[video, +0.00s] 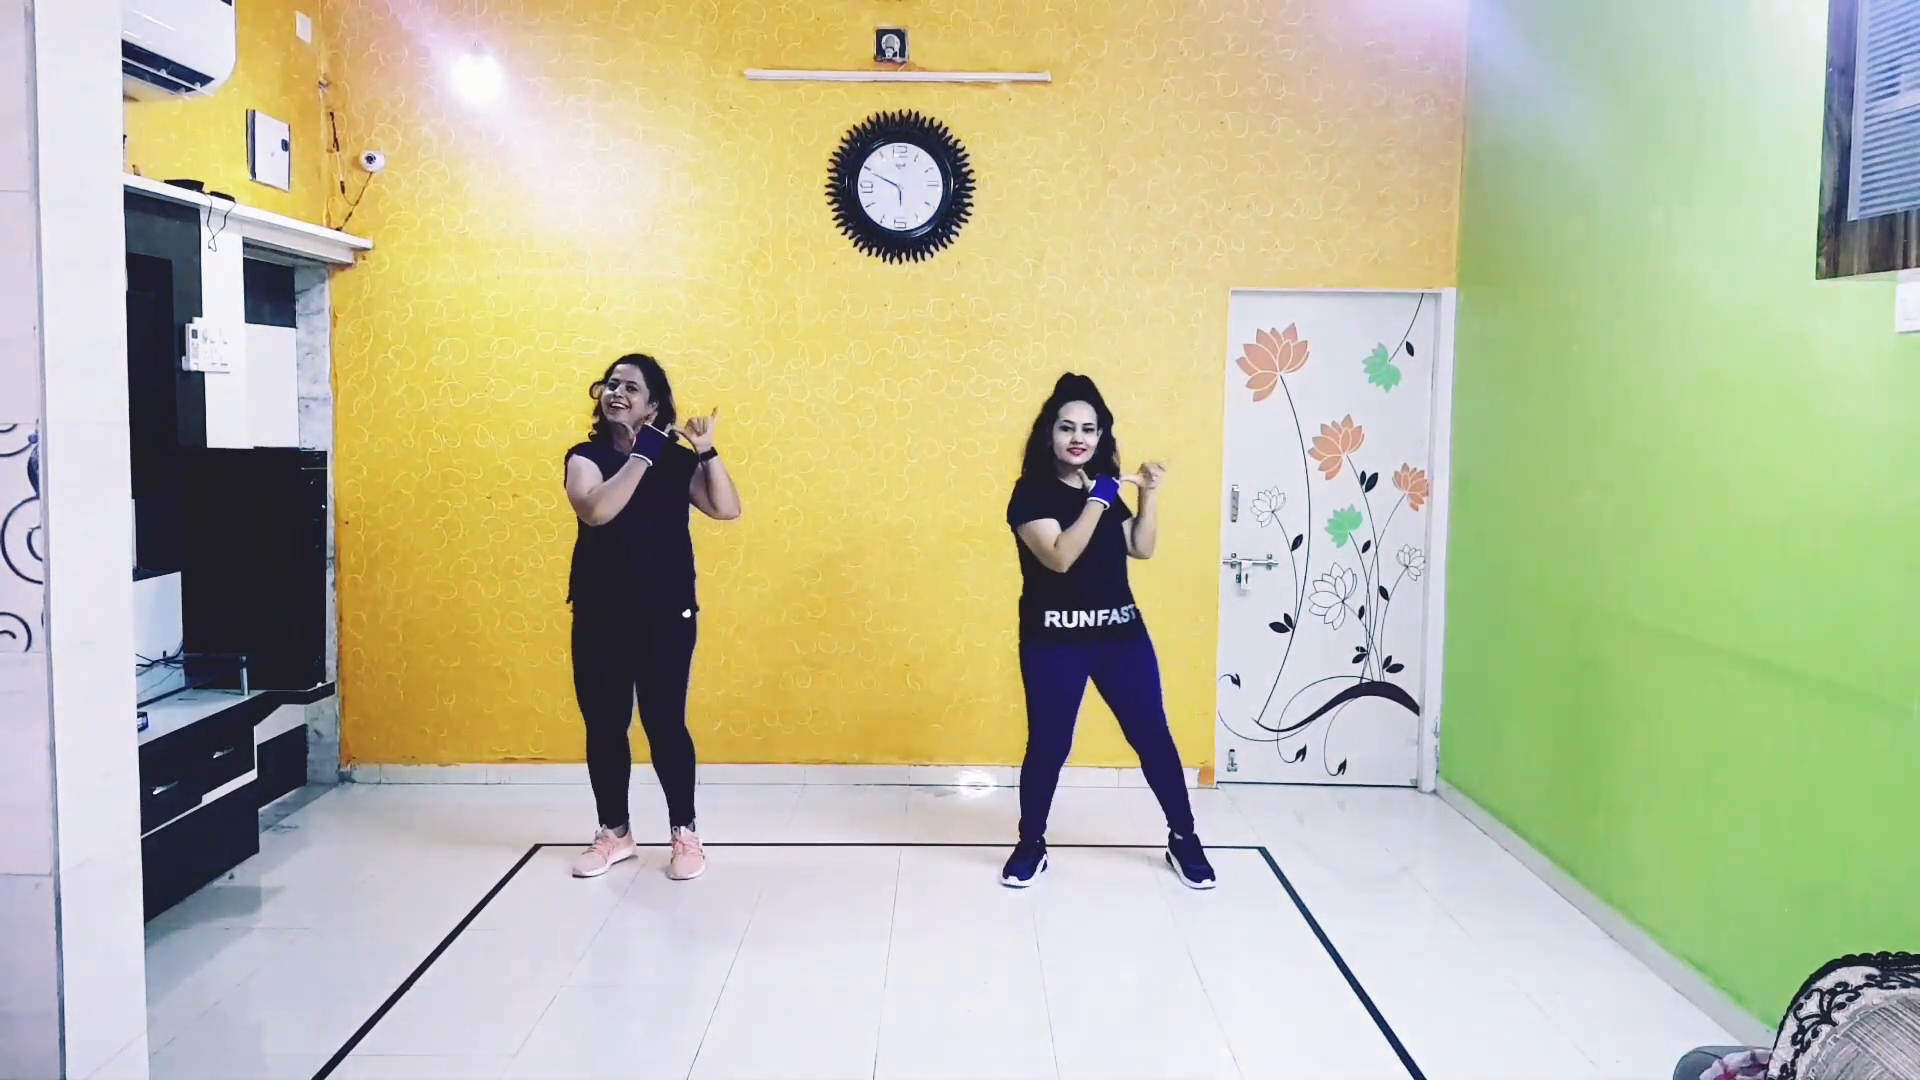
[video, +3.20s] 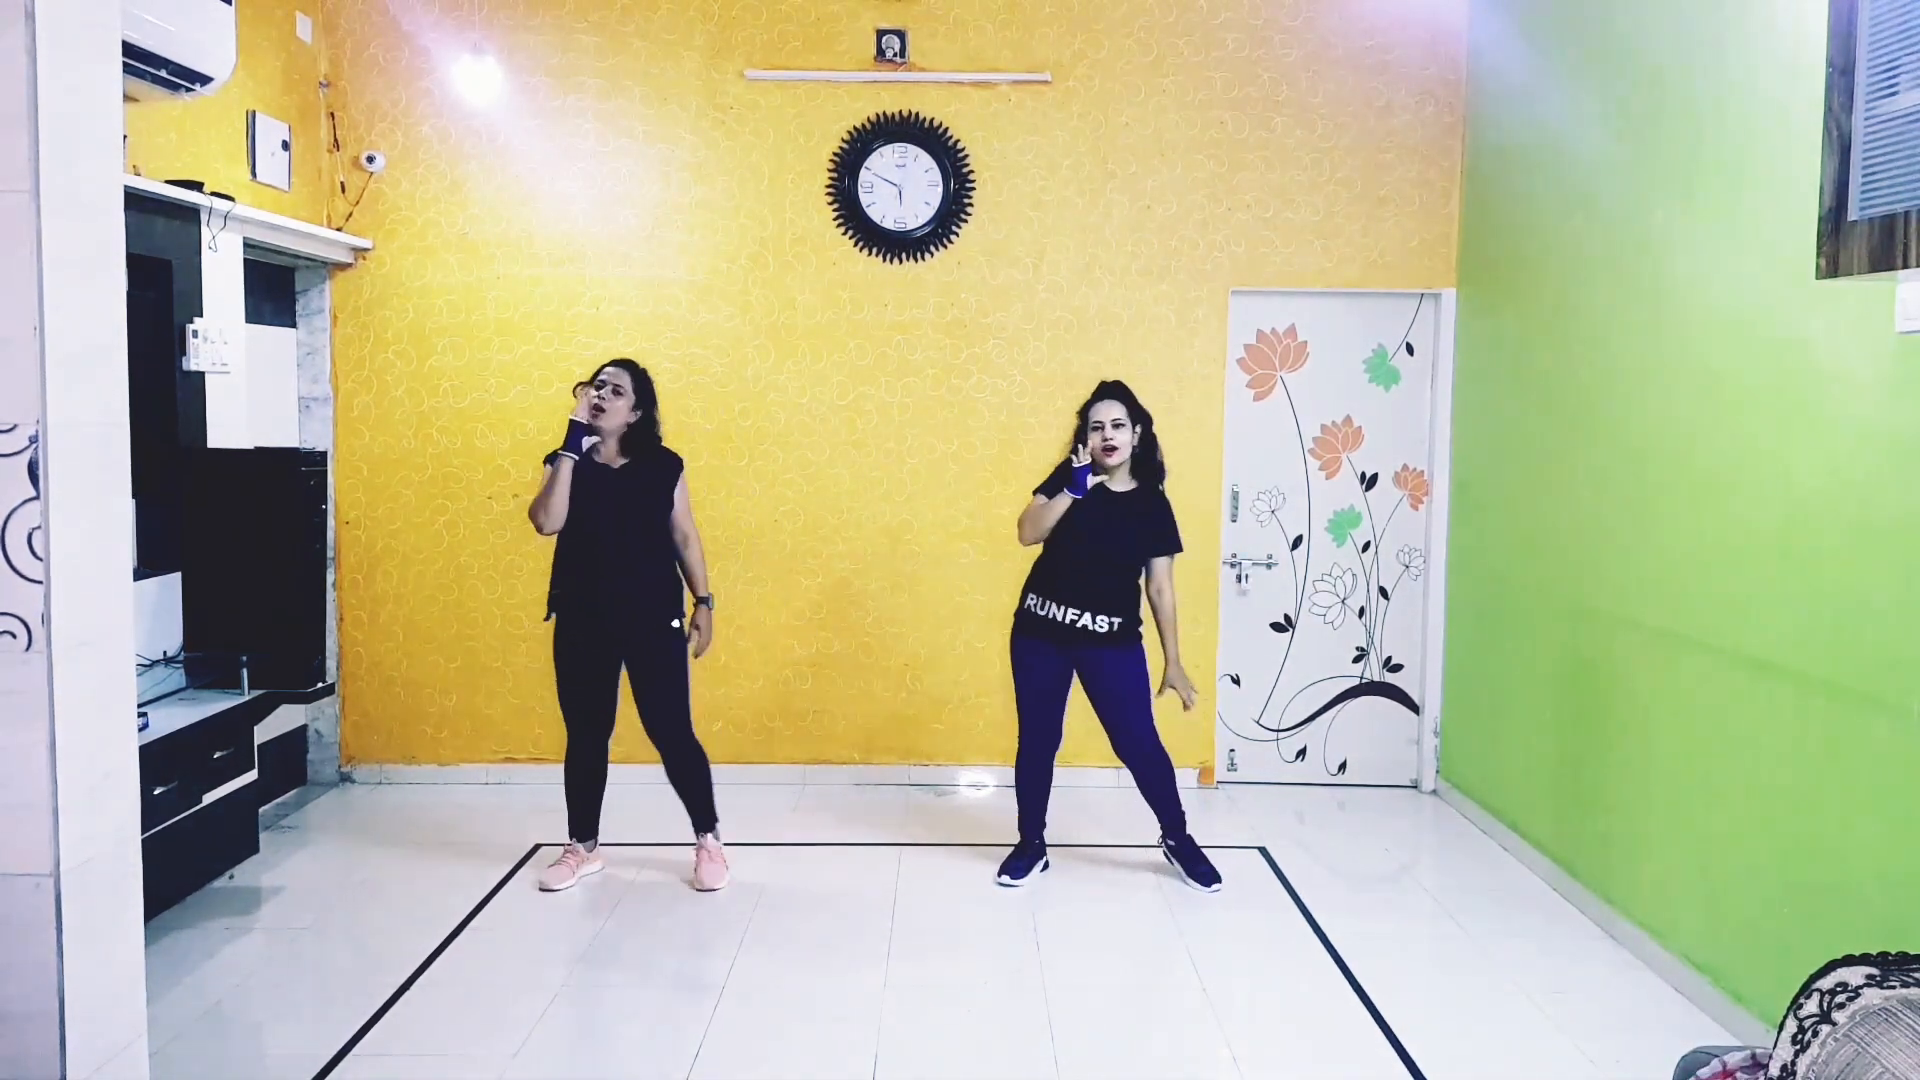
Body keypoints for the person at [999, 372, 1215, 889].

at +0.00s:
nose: (1078, 439)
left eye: (1089, 429)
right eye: (1067, 427)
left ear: (1102, 435)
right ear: (1048, 432)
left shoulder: (1107, 487)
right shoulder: (1029, 493)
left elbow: (1142, 548)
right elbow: (1057, 559)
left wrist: (1148, 498)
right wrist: (1097, 503)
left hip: (1118, 634)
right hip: (1053, 640)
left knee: (1153, 738)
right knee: (1048, 747)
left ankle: (1185, 838)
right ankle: (1031, 843)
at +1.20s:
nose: (1119, 445)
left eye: (1128, 433)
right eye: (1107, 437)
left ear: (1148, 434)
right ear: (1097, 443)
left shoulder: (1176, 494)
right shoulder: (1093, 488)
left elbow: (1191, 573)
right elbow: (1065, 557)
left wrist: (1160, 533)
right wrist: (1094, 516)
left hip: (1156, 643)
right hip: (1086, 635)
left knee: (1171, 750)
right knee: (1062, 739)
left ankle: (1187, 843)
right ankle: (1032, 840)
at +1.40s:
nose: (1133, 445)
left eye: (1144, 433)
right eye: (1123, 435)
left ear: (1166, 435)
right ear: (1112, 442)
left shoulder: (1194, 494)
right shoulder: (1110, 492)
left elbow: (1221, 568)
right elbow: (1083, 566)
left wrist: (1178, 583)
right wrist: (1111, 535)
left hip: (1182, 645)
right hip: (1111, 639)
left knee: (1185, 753)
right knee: (1077, 744)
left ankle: (1187, 845)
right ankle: (1034, 840)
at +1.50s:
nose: (1139, 445)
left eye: (1150, 433)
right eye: (1129, 435)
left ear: (1172, 436)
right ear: (1117, 443)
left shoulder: (1200, 497)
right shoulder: (1112, 496)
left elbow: (1223, 573)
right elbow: (1088, 573)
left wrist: (1211, 636)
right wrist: (1113, 539)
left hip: (1188, 643)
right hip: (1119, 641)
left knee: (1189, 755)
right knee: (1083, 744)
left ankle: (1187, 845)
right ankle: (1035, 840)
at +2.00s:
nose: (1082, 441)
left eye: (1092, 432)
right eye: (1071, 432)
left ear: (1107, 440)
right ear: (1057, 442)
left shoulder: (1136, 480)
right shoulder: (1055, 502)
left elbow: (1177, 541)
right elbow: (1074, 575)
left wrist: (1216, 586)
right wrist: (1081, 502)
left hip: (1167, 635)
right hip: (1098, 642)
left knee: (1182, 743)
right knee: (1072, 747)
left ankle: (1187, 842)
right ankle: (1034, 842)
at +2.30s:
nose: (1053, 435)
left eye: (1063, 426)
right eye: (1042, 425)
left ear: (1075, 434)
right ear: (1023, 435)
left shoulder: (1093, 480)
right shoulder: (1014, 496)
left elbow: (1120, 541)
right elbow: (1036, 568)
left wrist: (1144, 593)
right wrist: (1049, 494)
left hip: (1121, 629)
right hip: (1056, 638)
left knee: (1152, 735)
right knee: (1049, 749)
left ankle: (1181, 837)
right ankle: (1032, 843)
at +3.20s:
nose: (1107, 434)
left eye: (1118, 425)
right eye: (1097, 426)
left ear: (1137, 433)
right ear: (1085, 436)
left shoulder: (1151, 503)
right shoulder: (1069, 477)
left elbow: (1161, 586)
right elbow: (1028, 533)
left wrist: (1173, 663)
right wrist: (1072, 487)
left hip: (1111, 639)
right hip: (1042, 629)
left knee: (1140, 746)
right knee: (1036, 742)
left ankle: (1178, 838)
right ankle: (1030, 842)